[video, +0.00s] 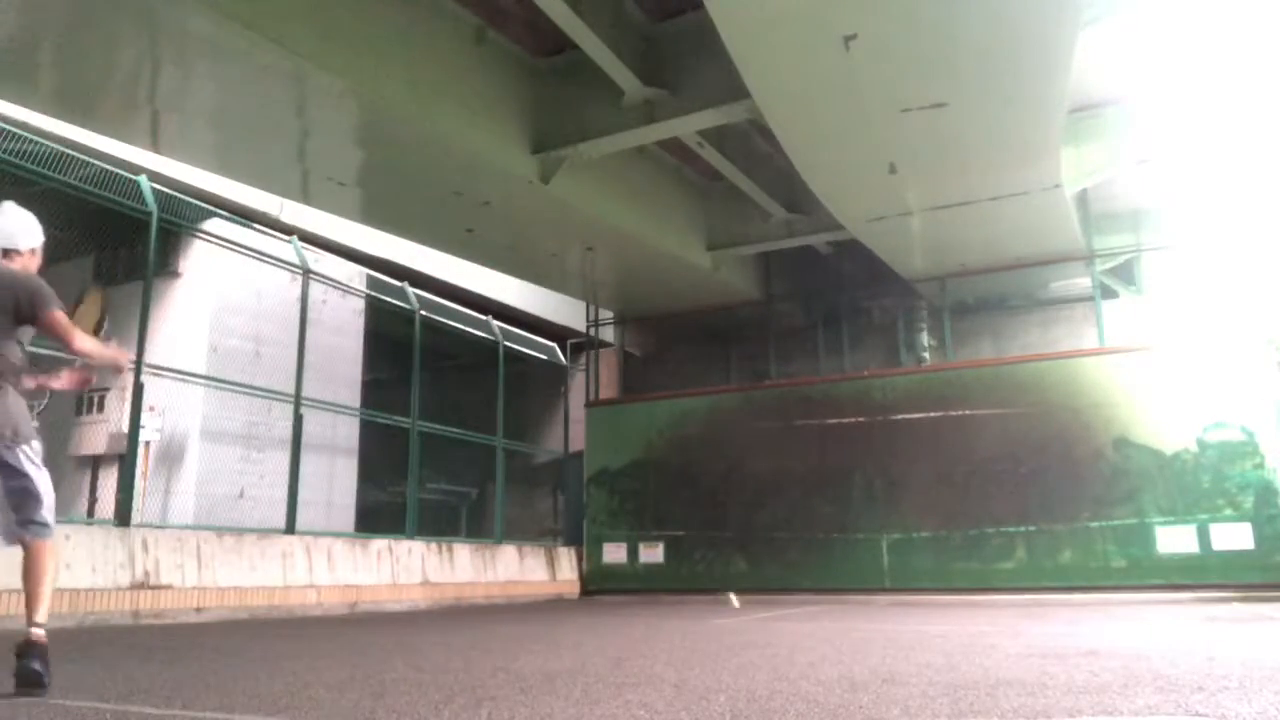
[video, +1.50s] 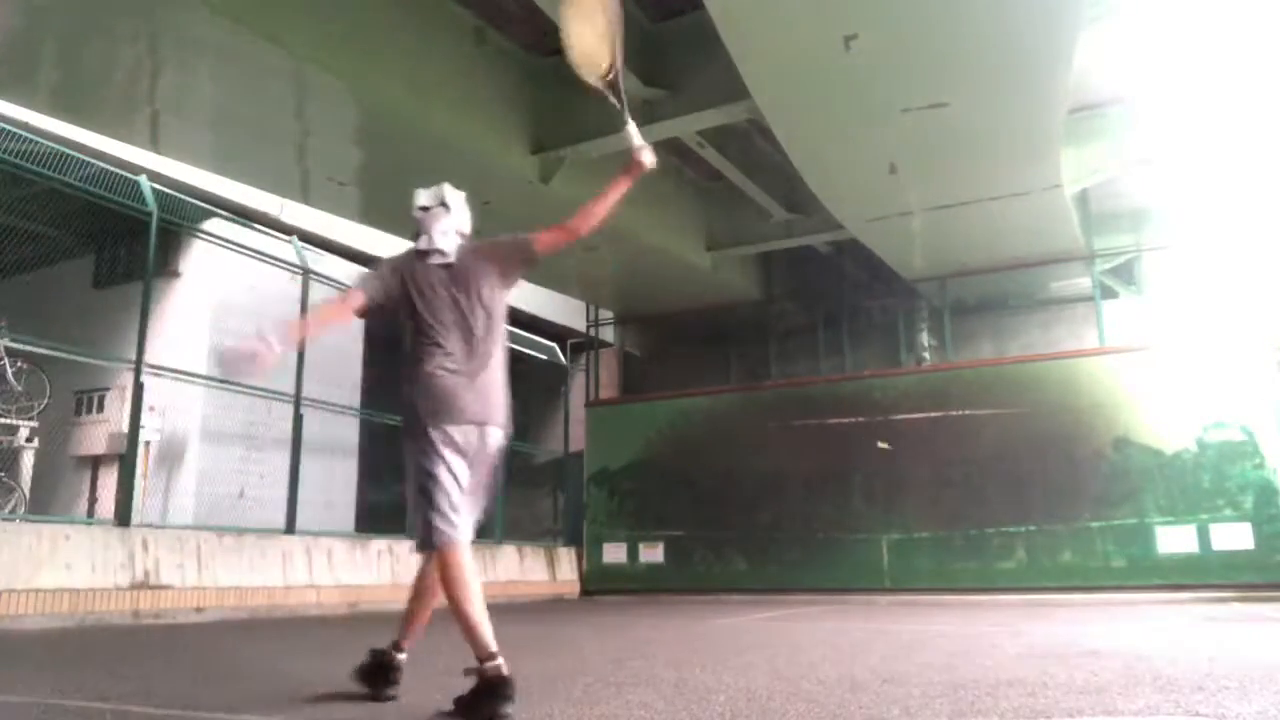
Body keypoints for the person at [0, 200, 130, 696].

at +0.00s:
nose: (39, 264)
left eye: (38, 254)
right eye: (36, 254)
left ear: (2, 250)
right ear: (21, 250)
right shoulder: (20, 281)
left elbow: (4, 373)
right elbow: (74, 341)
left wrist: (49, 380)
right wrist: (117, 354)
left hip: (9, 425)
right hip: (8, 427)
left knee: (36, 529)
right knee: (37, 528)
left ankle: (35, 637)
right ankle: (35, 635)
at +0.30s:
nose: (120, 254)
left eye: (119, 247)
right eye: (118, 246)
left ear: (65, 238)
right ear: (105, 245)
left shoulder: (23, 274)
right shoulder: (126, 289)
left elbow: (7, 337)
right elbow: (134, 376)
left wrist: (26, 370)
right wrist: (106, 399)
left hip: (18, 426)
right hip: (85, 435)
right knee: (65, 548)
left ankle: (27, 657)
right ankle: (30, 658)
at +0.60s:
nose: (132, 226)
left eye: (137, 220)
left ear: (142, 223)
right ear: (185, 232)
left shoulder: (131, 251)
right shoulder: (193, 277)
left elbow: (42, 289)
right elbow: (115, 334)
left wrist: (40, 265)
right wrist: (54, 306)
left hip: (140, 407)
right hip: (196, 414)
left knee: (99, 532)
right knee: (135, 539)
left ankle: (98, 665)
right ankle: (106, 651)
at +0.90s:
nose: (230, 299)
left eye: (232, 292)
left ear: (241, 272)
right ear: (280, 273)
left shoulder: (250, 284)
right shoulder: (299, 317)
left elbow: (268, 326)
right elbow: (242, 396)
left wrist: (224, 334)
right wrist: (169, 364)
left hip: (258, 430)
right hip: (312, 435)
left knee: (182, 546)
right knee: (309, 551)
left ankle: (117, 670)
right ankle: (366, 656)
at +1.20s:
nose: (345, 224)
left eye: (345, 217)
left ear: (345, 221)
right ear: (390, 226)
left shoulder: (329, 251)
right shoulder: (414, 269)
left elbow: (277, 298)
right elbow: (475, 316)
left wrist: (203, 342)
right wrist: (535, 340)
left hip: (341, 397)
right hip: (400, 404)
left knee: (311, 519)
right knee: (383, 537)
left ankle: (335, 639)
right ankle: (382, 661)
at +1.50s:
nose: (424, 222)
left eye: (425, 215)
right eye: (435, 213)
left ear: (421, 223)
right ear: (465, 223)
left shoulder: (400, 271)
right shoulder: (494, 257)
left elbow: (340, 308)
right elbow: (576, 228)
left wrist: (278, 341)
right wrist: (630, 173)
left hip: (439, 416)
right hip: (492, 418)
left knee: (450, 540)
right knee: (444, 543)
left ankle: (493, 669)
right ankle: (394, 658)